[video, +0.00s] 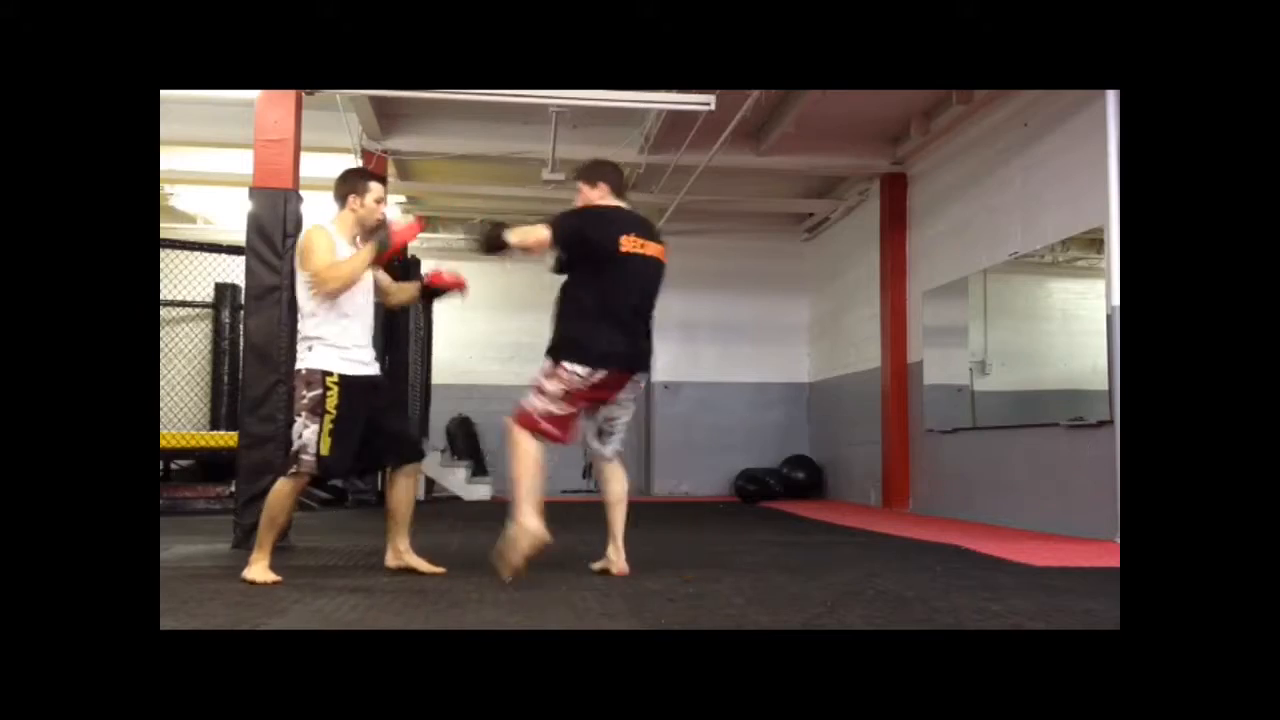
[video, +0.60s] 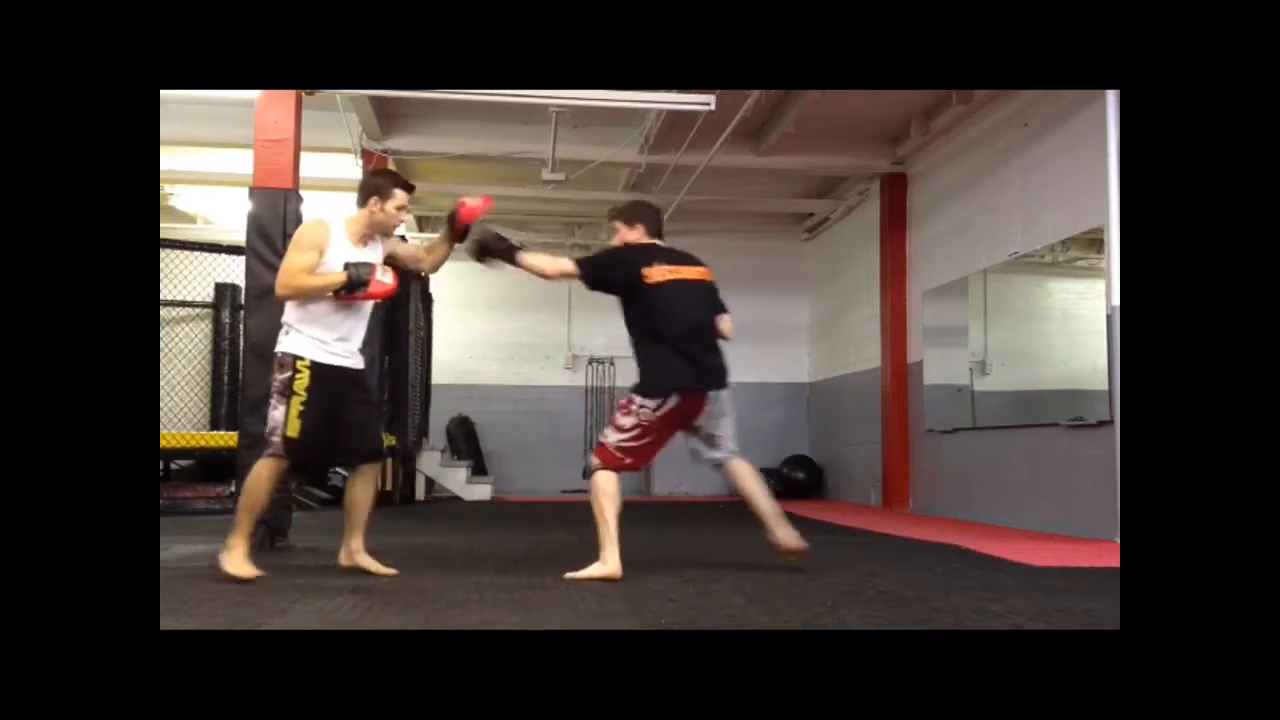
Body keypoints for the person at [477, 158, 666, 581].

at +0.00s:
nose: (578, 198)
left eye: (581, 191)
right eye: (579, 191)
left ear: (598, 188)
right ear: (619, 190)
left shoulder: (587, 219)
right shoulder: (652, 234)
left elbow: (535, 238)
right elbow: (620, 270)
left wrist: (500, 236)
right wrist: (572, 253)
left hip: (583, 352)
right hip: (632, 357)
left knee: (525, 426)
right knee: (607, 451)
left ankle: (527, 521)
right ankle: (616, 551)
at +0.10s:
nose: (603, 205)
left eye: (605, 198)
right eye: (604, 199)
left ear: (624, 194)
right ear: (643, 199)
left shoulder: (609, 220)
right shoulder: (673, 244)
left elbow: (549, 240)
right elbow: (641, 280)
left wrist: (504, 244)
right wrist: (596, 265)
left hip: (587, 339)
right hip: (635, 357)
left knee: (501, 379)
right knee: (621, 456)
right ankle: (619, 554)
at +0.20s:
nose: (620, 212)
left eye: (622, 206)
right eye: (620, 206)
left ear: (641, 204)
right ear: (661, 209)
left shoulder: (628, 225)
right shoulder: (686, 256)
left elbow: (596, 261)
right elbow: (647, 289)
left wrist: (550, 271)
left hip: (583, 339)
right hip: (631, 365)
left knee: (505, 362)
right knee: (638, 455)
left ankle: (427, 398)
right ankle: (622, 554)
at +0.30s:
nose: (625, 210)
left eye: (628, 202)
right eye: (625, 203)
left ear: (649, 200)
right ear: (664, 205)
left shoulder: (634, 225)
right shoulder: (693, 252)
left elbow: (616, 263)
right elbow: (663, 297)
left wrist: (567, 276)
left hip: (596, 345)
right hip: (644, 364)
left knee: (518, 385)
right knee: (642, 457)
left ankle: (460, 448)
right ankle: (622, 554)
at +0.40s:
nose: (614, 203)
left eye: (619, 195)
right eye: (615, 196)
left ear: (641, 194)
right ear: (657, 197)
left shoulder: (626, 222)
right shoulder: (694, 242)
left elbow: (590, 244)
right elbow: (701, 310)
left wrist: (552, 254)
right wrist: (663, 305)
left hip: (619, 348)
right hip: (667, 358)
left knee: (556, 419)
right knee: (659, 451)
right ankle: (636, 543)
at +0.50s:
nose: (607, 219)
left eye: (610, 211)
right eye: (607, 212)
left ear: (631, 211)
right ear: (647, 213)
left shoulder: (618, 241)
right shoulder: (690, 249)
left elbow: (547, 243)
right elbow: (715, 317)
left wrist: (494, 239)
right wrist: (679, 301)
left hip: (641, 368)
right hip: (689, 369)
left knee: (594, 456)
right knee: (695, 451)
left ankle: (608, 555)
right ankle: (703, 532)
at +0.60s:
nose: (613, 238)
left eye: (616, 230)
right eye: (614, 230)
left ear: (637, 228)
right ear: (654, 229)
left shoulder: (626, 259)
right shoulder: (692, 264)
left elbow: (558, 269)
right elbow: (725, 328)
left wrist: (508, 252)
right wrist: (681, 313)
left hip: (664, 383)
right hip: (710, 379)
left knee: (604, 463)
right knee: (728, 457)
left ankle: (609, 560)